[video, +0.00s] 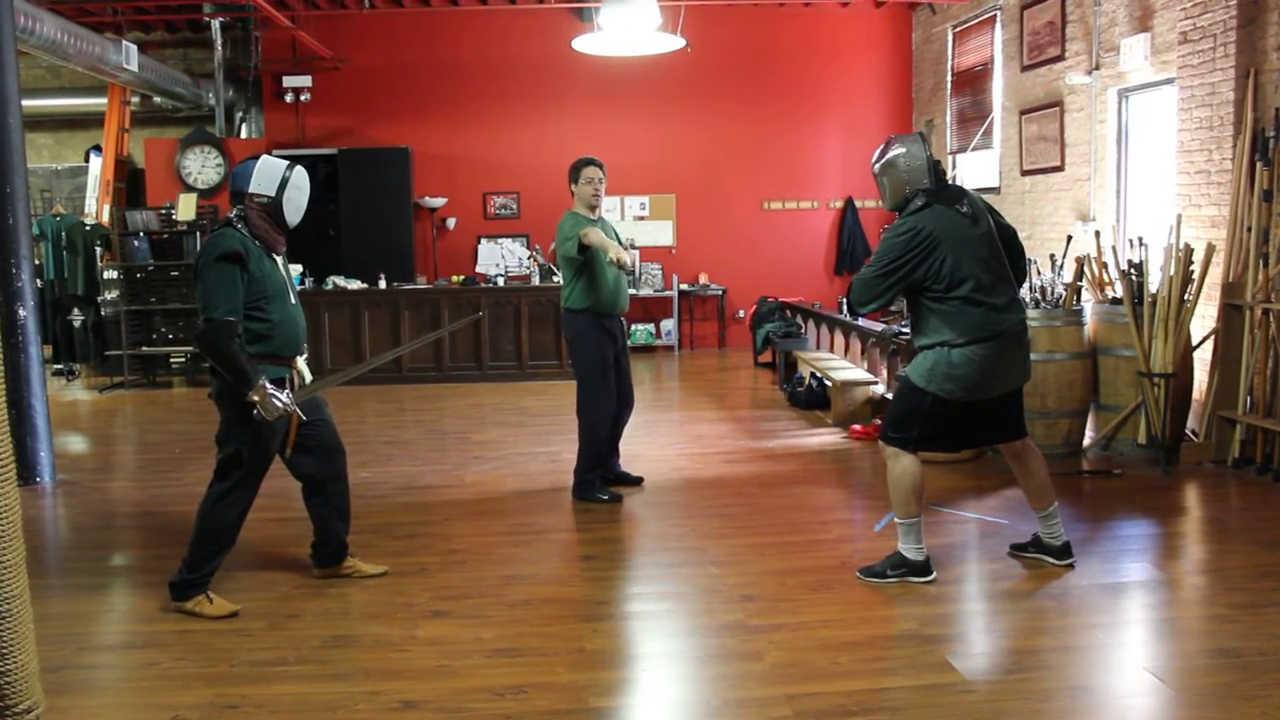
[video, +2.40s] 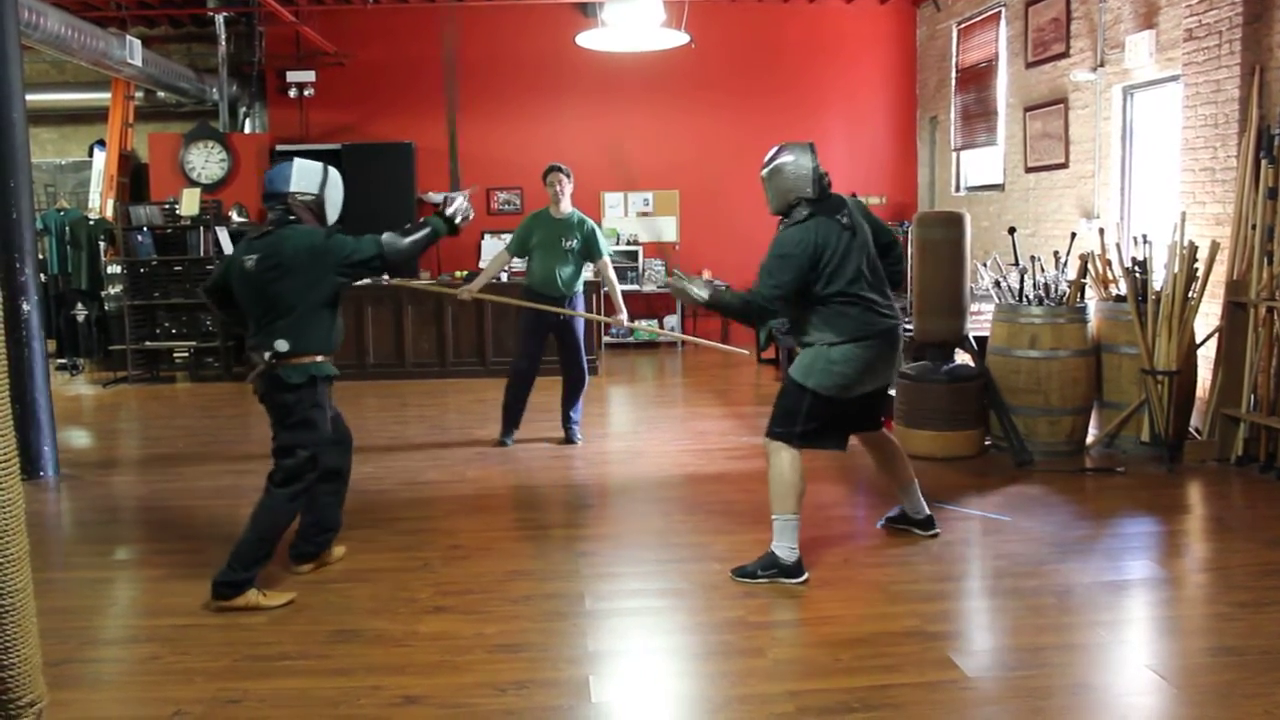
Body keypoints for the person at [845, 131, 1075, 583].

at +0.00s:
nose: (881, 193)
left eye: (883, 182)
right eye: (881, 183)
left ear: (901, 178)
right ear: (929, 172)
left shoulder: (911, 228)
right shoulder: (976, 206)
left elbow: (860, 297)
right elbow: (1017, 260)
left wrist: (891, 276)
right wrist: (993, 300)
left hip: (954, 355)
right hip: (1009, 348)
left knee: (898, 439)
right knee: (1015, 440)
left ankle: (912, 555)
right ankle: (1054, 539)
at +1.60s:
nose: (860, 188)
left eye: (863, 178)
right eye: (861, 179)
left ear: (881, 181)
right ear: (909, 176)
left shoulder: (890, 230)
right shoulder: (953, 211)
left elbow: (837, 296)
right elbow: (992, 259)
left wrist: (882, 269)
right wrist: (971, 298)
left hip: (922, 357)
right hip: (977, 351)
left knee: (858, 433)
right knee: (974, 446)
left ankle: (848, 547)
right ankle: (1023, 539)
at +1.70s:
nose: (841, 192)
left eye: (843, 183)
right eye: (841, 182)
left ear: (857, 184)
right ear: (891, 178)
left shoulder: (867, 231)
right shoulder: (934, 214)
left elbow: (812, 289)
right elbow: (970, 270)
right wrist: (942, 299)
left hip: (902, 360)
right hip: (958, 355)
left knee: (838, 437)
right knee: (971, 446)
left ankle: (809, 551)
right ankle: (1024, 538)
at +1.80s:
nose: (816, 195)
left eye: (819, 185)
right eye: (816, 186)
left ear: (836, 183)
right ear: (864, 178)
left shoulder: (842, 233)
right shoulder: (909, 215)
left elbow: (782, 286)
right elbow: (942, 277)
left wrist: (765, 269)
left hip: (879, 363)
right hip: (934, 357)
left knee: (814, 443)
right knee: (958, 445)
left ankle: (795, 557)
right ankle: (1020, 532)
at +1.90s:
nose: (789, 198)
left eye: (791, 189)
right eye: (788, 189)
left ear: (807, 187)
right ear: (837, 182)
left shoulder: (814, 234)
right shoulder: (881, 215)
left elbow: (755, 280)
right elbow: (916, 259)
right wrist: (901, 301)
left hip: (860, 358)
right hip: (913, 351)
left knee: (795, 443)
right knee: (938, 441)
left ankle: (788, 558)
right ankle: (1010, 520)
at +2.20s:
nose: (747, 201)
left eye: (750, 192)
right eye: (747, 192)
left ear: (766, 192)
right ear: (797, 186)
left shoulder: (781, 239)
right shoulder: (840, 213)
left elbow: (755, 314)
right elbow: (882, 258)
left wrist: (692, 328)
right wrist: (859, 296)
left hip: (837, 350)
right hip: (881, 340)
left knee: (772, 440)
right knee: (888, 430)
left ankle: (784, 556)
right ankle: (954, 508)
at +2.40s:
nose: (766, 193)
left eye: (769, 184)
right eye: (765, 184)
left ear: (787, 183)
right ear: (811, 178)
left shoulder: (797, 235)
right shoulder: (853, 209)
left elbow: (763, 306)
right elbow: (891, 247)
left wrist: (709, 294)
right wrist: (882, 297)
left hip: (836, 347)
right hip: (882, 338)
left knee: (781, 439)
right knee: (869, 427)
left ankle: (784, 555)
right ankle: (918, 511)